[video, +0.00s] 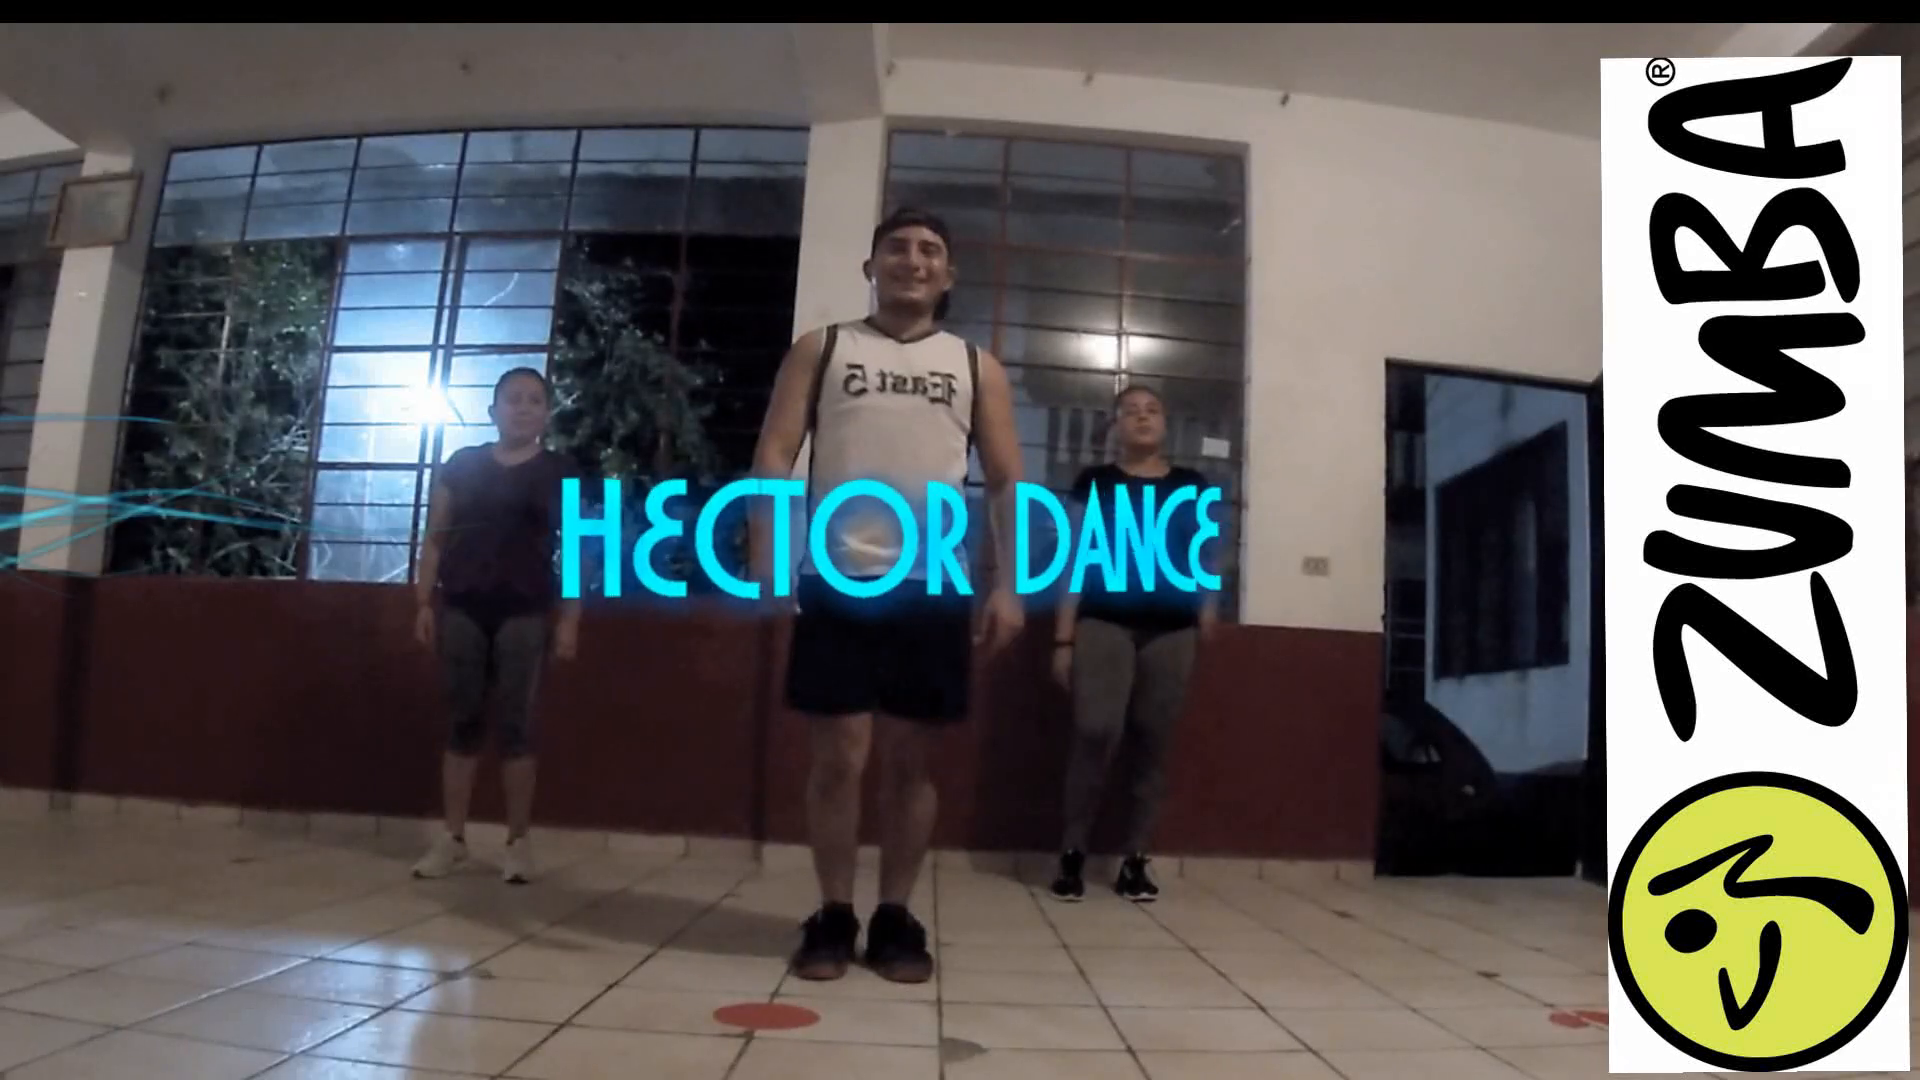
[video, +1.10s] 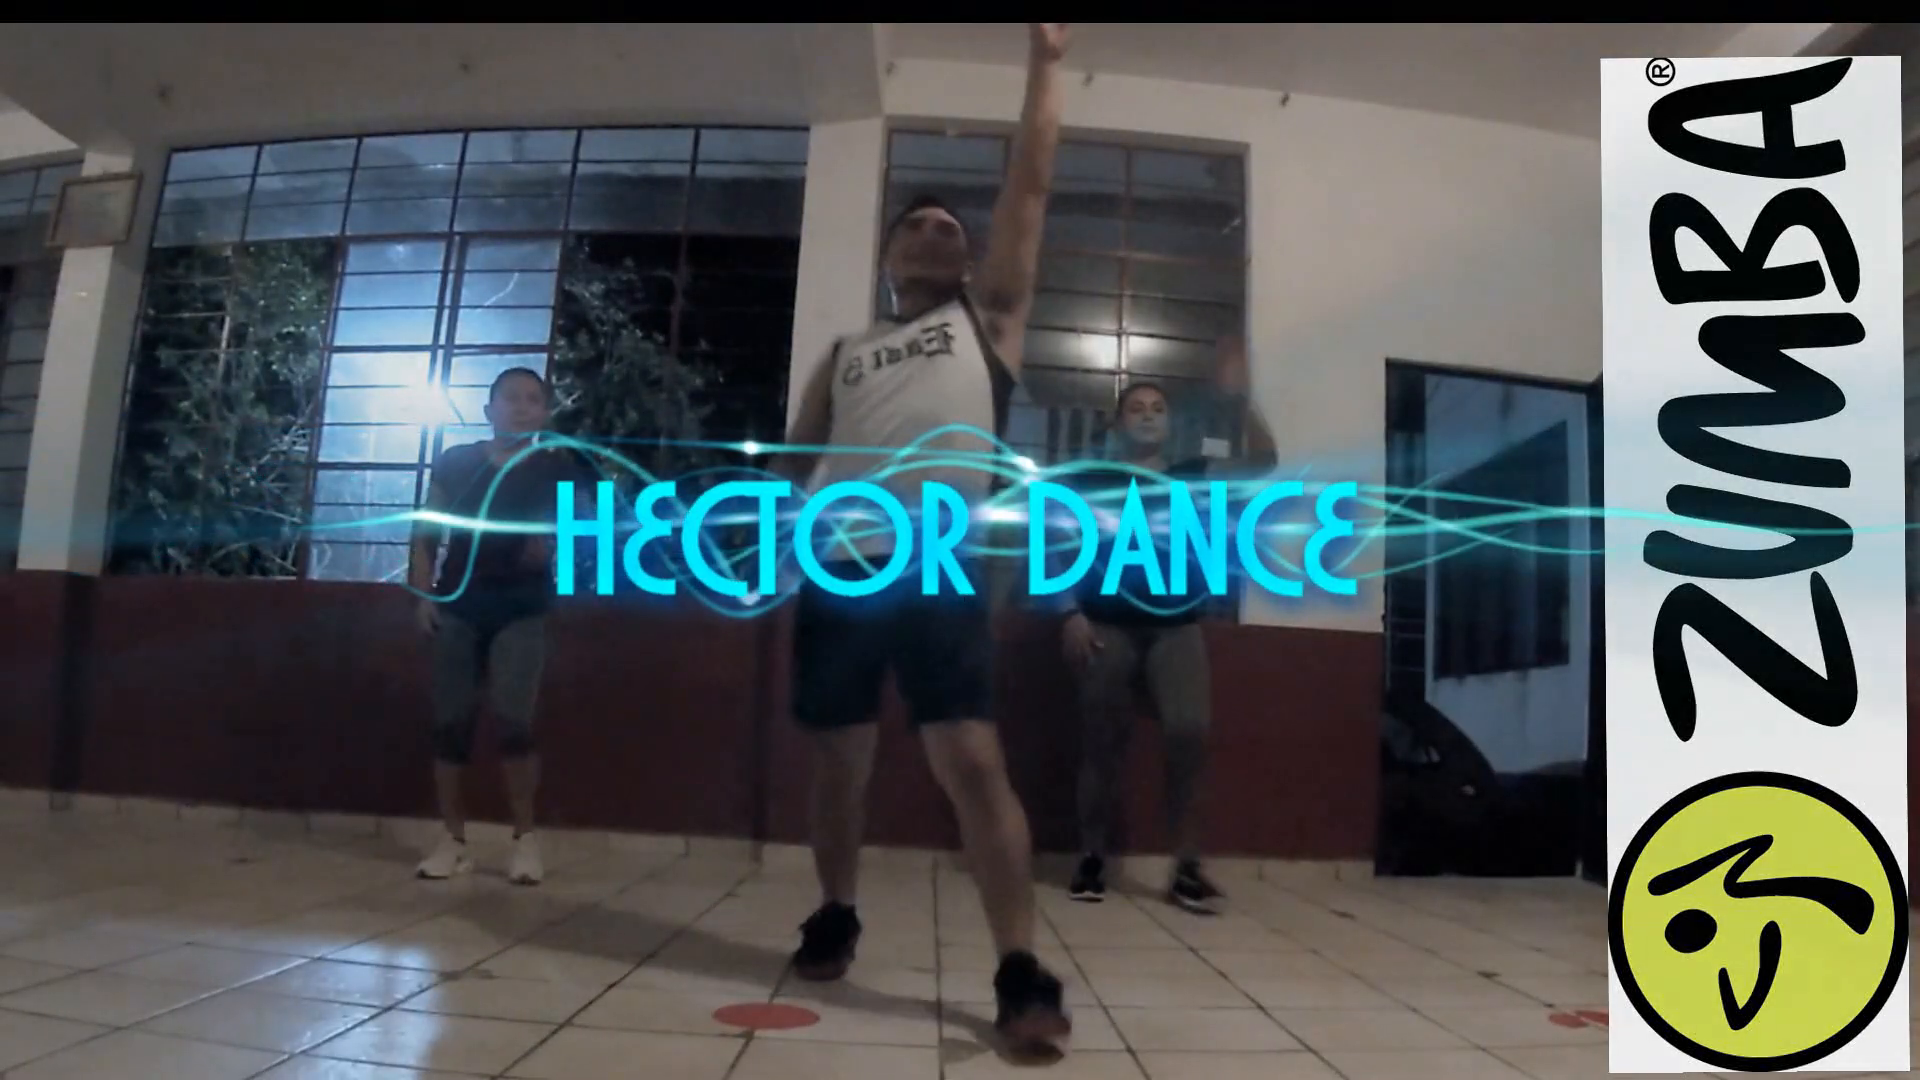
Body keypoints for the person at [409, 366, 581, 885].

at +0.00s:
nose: (523, 409)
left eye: (533, 402)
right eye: (514, 400)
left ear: (547, 413)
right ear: (495, 408)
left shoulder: (558, 474)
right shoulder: (461, 465)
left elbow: (575, 550)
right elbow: (435, 539)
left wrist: (569, 618)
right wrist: (424, 602)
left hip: (525, 614)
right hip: (461, 612)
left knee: (516, 728)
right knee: (462, 724)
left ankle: (516, 843)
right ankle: (452, 838)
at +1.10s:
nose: (523, 409)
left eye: (532, 401)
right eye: (513, 400)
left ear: (547, 411)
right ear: (491, 407)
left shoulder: (560, 468)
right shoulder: (456, 464)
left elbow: (587, 527)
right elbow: (425, 533)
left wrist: (555, 545)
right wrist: (423, 594)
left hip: (523, 609)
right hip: (457, 609)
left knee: (514, 723)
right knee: (449, 724)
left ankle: (525, 841)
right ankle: (452, 842)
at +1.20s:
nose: (525, 408)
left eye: (535, 401)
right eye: (515, 399)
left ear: (546, 413)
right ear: (494, 407)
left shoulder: (552, 462)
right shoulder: (459, 461)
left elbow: (608, 473)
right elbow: (423, 529)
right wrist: (420, 594)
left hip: (523, 610)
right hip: (460, 609)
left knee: (524, 725)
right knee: (451, 727)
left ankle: (540, 848)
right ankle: (452, 843)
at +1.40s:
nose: (531, 407)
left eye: (540, 400)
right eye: (520, 398)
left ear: (552, 413)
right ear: (500, 410)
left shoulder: (566, 460)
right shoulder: (471, 468)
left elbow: (616, 414)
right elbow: (423, 519)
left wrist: (627, 339)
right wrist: (426, 514)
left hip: (530, 610)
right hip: (465, 607)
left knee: (528, 727)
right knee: (420, 711)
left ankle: (547, 853)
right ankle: (439, 833)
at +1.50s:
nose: (522, 406)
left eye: (532, 398)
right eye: (512, 397)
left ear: (546, 409)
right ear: (494, 410)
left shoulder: (561, 457)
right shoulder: (469, 461)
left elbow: (616, 418)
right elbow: (399, 464)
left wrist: (620, 341)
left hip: (525, 610)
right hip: (462, 606)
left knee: (526, 726)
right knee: (404, 704)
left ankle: (547, 855)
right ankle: (405, 835)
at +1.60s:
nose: (512, 409)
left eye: (521, 401)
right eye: (502, 401)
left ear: (534, 413)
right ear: (482, 411)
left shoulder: (549, 463)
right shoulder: (460, 455)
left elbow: (608, 432)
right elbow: (405, 401)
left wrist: (608, 360)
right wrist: (400, 330)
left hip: (517, 610)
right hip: (451, 605)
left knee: (522, 727)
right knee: (400, 716)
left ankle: (547, 855)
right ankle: (379, 845)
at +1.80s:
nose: (495, 407)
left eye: (502, 399)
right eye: (484, 397)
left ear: (513, 409)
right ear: (460, 405)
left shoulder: (524, 470)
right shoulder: (435, 449)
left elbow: (593, 505)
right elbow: (390, 380)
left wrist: (567, 452)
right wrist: (401, 308)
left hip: (496, 610)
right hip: (427, 605)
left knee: (516, 721)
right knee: (391, 721)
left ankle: (541, 844)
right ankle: (380, 848)